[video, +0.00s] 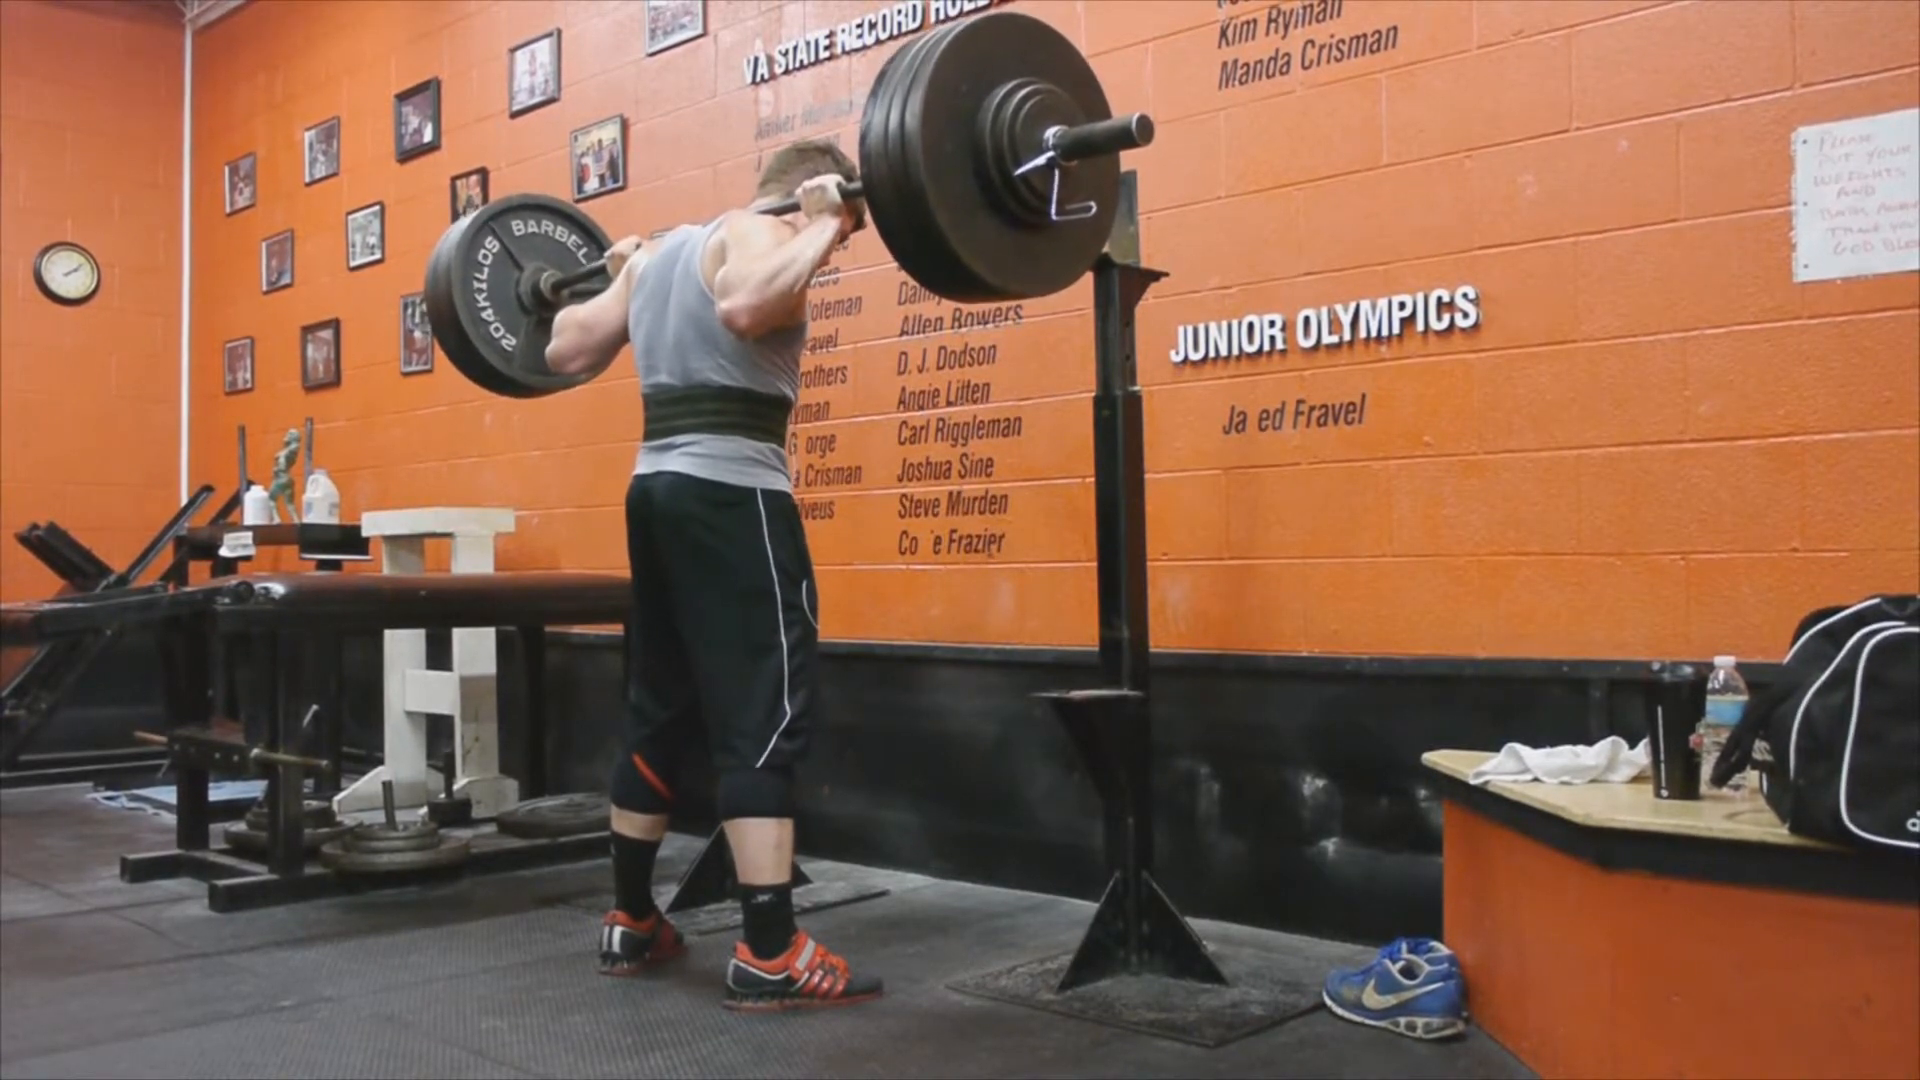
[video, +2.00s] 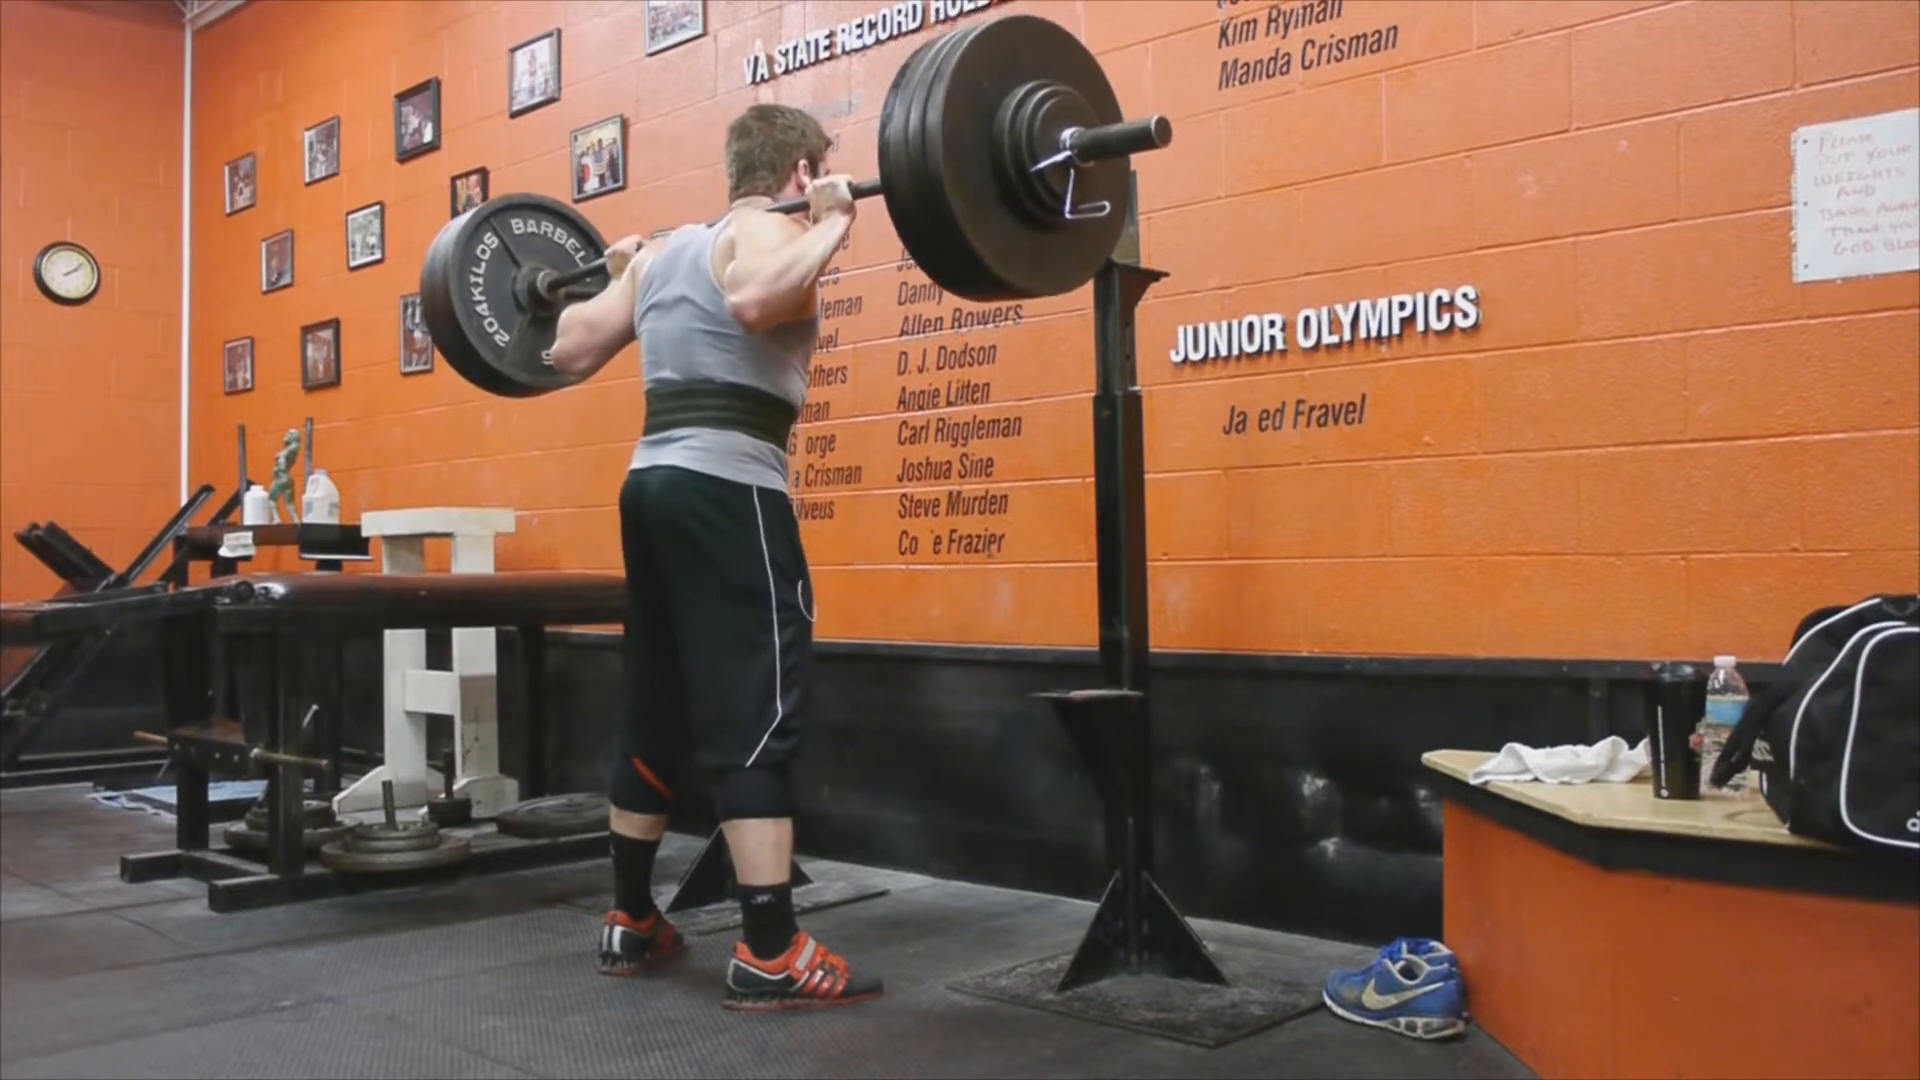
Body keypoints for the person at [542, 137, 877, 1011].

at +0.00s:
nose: (839, 241)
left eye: (847, 229)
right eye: (841, 224)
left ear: (761, 189)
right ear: (814, 200)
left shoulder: (661, 256)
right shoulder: (768, 233)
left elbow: (564, 348)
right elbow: (744, 308)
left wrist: (617, 278)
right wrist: (824, 230)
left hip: (657, 496)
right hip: (735, 498)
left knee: (662, 708)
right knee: (763, 714)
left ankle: (631, 921)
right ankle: (769, 947)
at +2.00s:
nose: (825, 191)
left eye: (825, 175)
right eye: (823, 175)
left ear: (736, 174)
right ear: (799, 170)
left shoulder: (664, 253)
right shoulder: (772, 226)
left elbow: (566, 350)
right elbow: (752, 300)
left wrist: (611, 274)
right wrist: (833, 226)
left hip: (652, 485)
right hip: (728, 486)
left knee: (658, 709)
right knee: (755, 714)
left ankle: (631, 920)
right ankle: (770, 947)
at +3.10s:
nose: (826, 285)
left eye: (825, 272)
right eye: (825, 272)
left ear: (739, 272)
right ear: (806, 271)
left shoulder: (670, 344)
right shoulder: (779, 332)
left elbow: (574, 444)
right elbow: (767, 407)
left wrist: (621, 363)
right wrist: (846, 333)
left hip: (602, 565)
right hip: (689, 571)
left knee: (660, 722)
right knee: (834, 734)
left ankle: (632, 921)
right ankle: (775, 948)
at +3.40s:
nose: (833, 377)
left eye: (831, 363)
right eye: (831, 362)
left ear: (744, 365)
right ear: (811, 366)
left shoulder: (680, 438)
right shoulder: (787, 428)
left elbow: (586, 548)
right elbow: (781, 522)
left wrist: (636, 460)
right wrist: (857, 442)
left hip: (596, 654)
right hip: (686, 663)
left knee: (668, 745)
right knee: (855, 766)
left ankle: (633, 920)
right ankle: (776, 951)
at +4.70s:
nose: (825, 265)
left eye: (823, 252)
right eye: (824, 253)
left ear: (739, 254)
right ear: (805, 251)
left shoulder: (668, 326)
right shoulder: (783, 316)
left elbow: (569, 419)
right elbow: (771, 387)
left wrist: (617, 345)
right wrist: (851, 315)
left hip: (599, 536)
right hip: (688, 543)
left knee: (666, 712)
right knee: (811, 717)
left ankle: (633, 919)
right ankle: (775, 947)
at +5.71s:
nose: (835, 373)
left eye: (837, 361)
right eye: (834, 360)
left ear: (744, 363)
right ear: (815, 363)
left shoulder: (675, 434)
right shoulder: (789, 427)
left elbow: (579, 540)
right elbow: (790, 515)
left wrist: (625, 454)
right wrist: (864, 440)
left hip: (594, 642)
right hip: (687, 654)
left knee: (665, 735)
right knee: (853, 750)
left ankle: (634, 920)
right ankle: (776, 949)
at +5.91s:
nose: (833, 451)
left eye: (833, 436)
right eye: (831, 436)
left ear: (743, 442)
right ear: (813, 443)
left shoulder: (675, 515)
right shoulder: (792, 516)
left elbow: (587, 621)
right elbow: (796, 610)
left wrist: (627, 533)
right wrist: (868, 525)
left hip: (599, 736)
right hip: (696, 749)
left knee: (675, 751)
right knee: (870, 782)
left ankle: (634, 918)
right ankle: (776, 951)